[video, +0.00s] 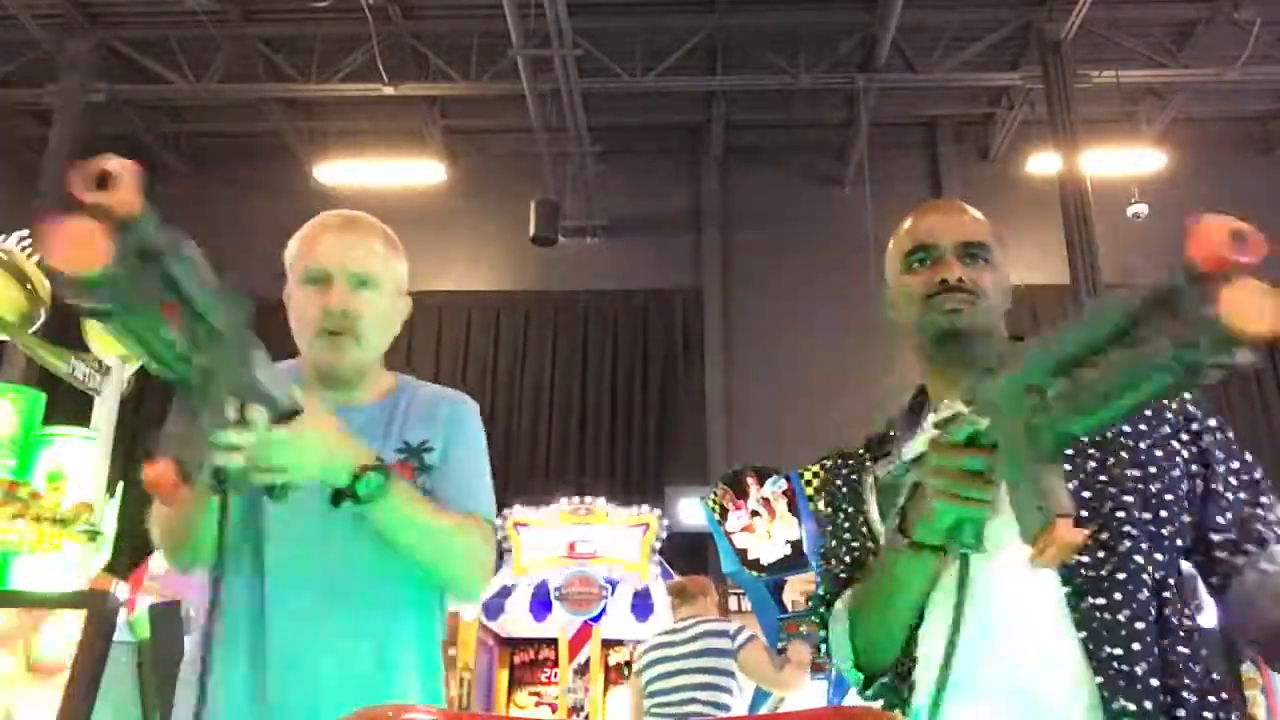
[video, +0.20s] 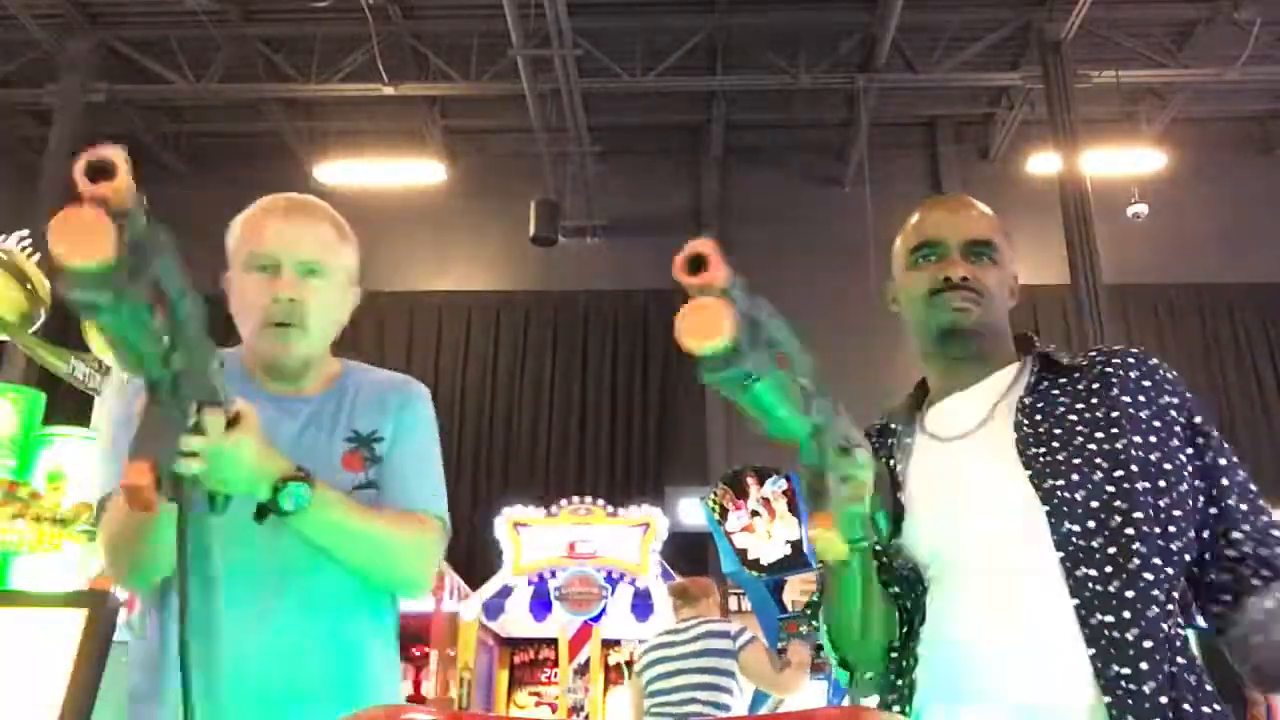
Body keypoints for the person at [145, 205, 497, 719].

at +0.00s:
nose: (337, 303)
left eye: (362, 284)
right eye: (316, 281)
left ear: (402, 308)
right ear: (286, 299)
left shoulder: (445, 417)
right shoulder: (238, 401)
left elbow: (471, 571)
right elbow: (183, 553)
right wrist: (201, 474)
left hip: (384, 705)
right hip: (240, 703)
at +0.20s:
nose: (286, 291)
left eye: (311, 272)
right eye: (263, 269)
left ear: (351, 297)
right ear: (228, 288)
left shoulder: (397, 405)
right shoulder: (172, 390)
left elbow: (415, 564)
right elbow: (132, 569)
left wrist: (272, 478)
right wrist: (163, 458)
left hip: (344, 705)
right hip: (184, 705)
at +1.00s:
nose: (312, 318)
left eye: (338, 303)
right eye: (292, 296)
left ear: (369, 331)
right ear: (254, 312)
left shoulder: (410, 427)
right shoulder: (194, 415)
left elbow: (417, 576)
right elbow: (156, 585)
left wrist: (265, 504)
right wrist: (167, 499)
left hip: (348, 709)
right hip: (196, 708)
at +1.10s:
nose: (328, 325)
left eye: (355, 308)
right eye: (310, 302)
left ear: (384, 335)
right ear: (274, 314)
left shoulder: (418, 435)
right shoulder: (202, 419)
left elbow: (439, 580)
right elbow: (186, 577)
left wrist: (325, 513)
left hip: (357, 709)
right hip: (208, 707)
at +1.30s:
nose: (332, 326)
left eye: (356, 313)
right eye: (311, 306)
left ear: (385, 339)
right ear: (273, 324)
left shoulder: (417, 438)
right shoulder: (210, 420)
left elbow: (448, 583)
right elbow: (205, 587)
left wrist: (351, 530)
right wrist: (264, 538)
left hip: (367, 709)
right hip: (217, 709)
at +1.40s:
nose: (306, 324)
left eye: (330, 308)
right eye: (285, 302)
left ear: (367, 330)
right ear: (254, 316)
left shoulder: (405, 426)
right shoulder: (189, 414)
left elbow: (427, 567)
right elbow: (155, 566)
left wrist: (294, 508)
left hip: (349, 706)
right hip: (196, 707)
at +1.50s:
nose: (284, 320)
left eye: (310, 302)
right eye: (265, 296)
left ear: (351, 323)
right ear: (236, 310)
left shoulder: (397, 418)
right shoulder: (182, 417)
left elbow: (415, 566)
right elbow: (139, 584)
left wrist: (296, 490)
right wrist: (137, 488)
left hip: (343, 707)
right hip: (193, 707)